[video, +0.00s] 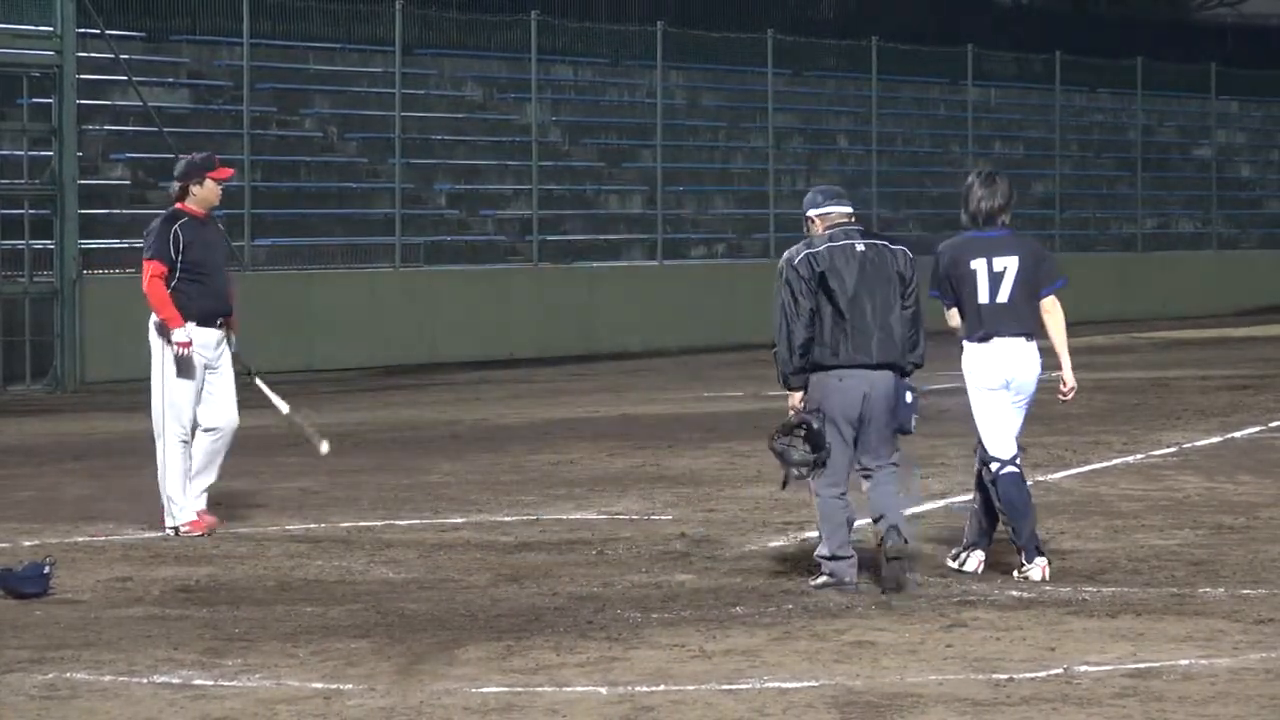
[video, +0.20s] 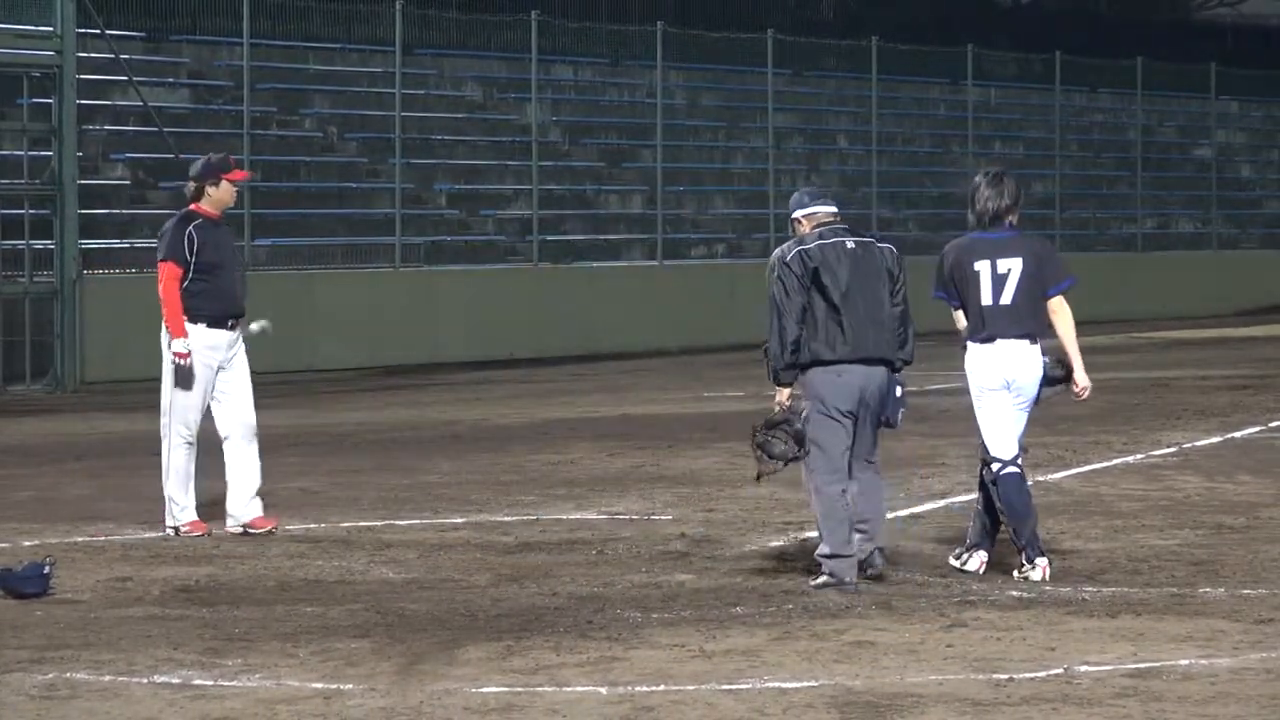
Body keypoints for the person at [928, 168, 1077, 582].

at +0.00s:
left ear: (967, 205)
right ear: (1008, 206)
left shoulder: (950, 252)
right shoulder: (1030, 249)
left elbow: (953, 320)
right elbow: (1051, 308)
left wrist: (985, 316)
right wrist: (1066, 365)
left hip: (980, 356)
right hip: (1025, 354)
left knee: (1002, 457)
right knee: (994, 452)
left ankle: (1032, 555)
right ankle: (975, 547)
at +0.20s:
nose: (1019, 211)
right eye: (1017, 204)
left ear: (974, 207)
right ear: (1014, 208)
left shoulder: (955, 252)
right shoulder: (1037, 248)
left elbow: (962, 321)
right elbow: (1058, 309)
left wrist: (987, 345)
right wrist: (1078, 366)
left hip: (982, 358)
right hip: (1028, 356)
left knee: (1003, 458)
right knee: (998, 451)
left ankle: (1033, 555)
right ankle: (978, 546)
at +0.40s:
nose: (1017, 211)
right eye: (1016, 205)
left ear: (974, 206)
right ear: (1014, 208)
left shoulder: (955, 250)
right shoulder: (1036, 247)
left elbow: (958, 321)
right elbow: (1060, 307)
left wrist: (990, 341)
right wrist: (1083, 364)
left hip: (979, 357)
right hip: (1024, 356)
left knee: (999, 459)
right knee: (996, 452)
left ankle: (1031, 557)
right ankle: (978, 548)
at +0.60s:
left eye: (968, 197)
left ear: (968, 202)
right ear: (1008, 204)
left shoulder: (950, 249)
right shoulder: (1030, 246)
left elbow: (946, 320)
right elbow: (1053, 306)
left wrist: (967, 338)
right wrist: (1073, 362)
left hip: (977, 358)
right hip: (1021, 355)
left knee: (995, 458)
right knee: (987, 450)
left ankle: (1026, 555)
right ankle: (974, 546)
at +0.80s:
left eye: (947, 199)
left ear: (946, 205)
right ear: (984, 203)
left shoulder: (933, 252)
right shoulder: (1010, 241)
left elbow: (927, 324)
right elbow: (1037, 302)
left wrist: (944, 365)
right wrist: (1057, 355)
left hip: (967, 358)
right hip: (1011, 355)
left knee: (989, 456)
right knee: (966, 450)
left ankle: (1026, 555)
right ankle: (943, 546)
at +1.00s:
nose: (916, 205)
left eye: (918, 198)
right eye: (918, 198)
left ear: (926, 203)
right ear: (961, 199)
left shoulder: (922, 246)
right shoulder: (988, 243)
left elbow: (911, 313)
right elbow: (1008, 305)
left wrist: (908, 369)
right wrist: (1019, 356)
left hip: (944, 355)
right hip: (982, 352)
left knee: (965, 456)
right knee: (952, 452)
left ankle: (1015, 546)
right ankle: (936, 550)